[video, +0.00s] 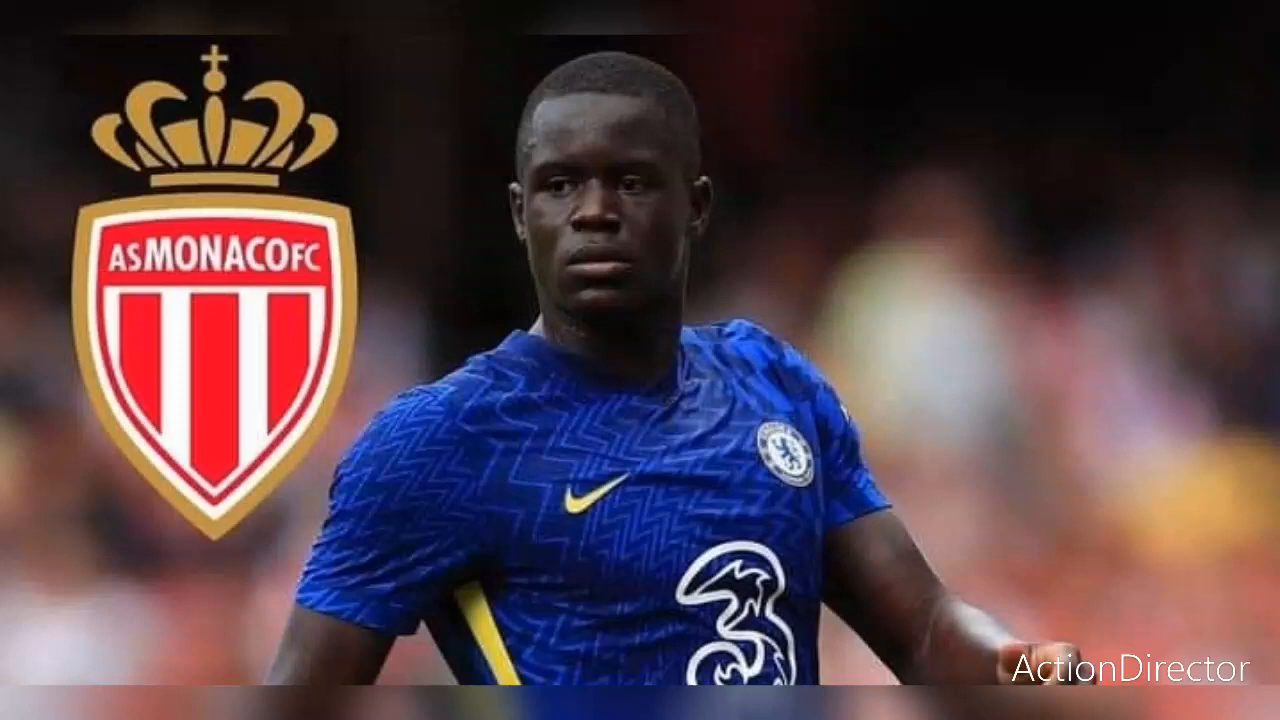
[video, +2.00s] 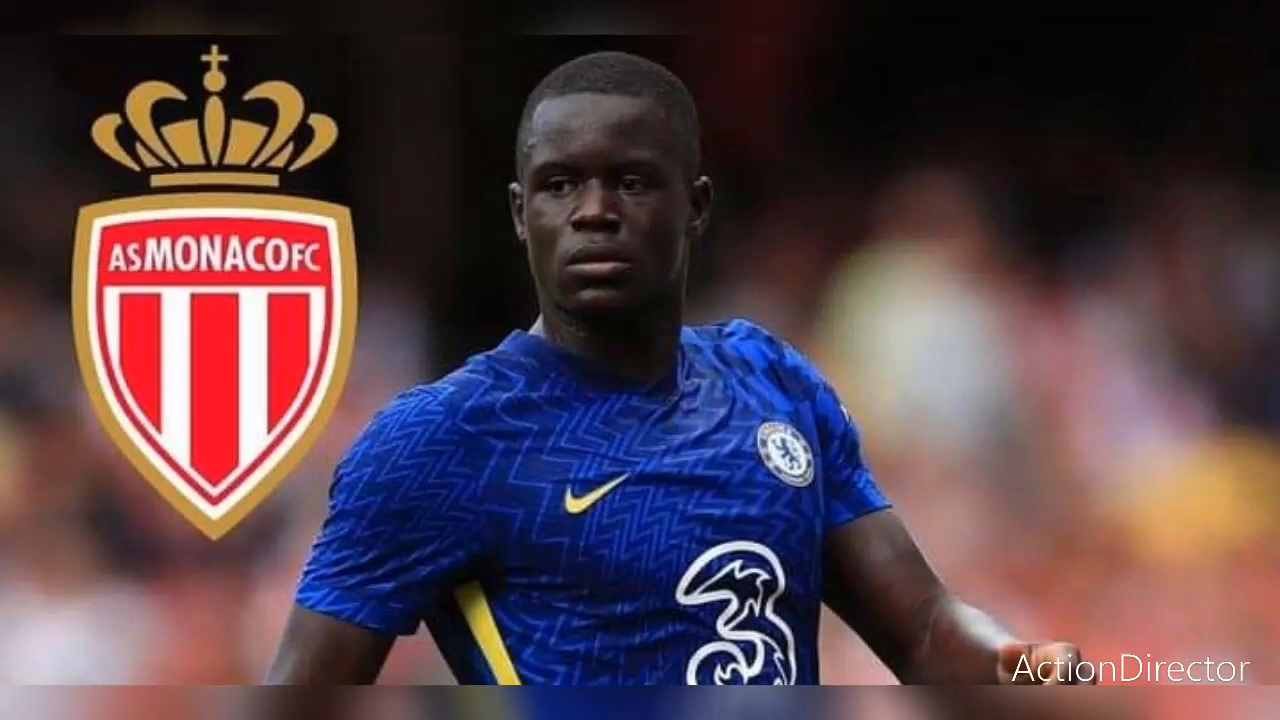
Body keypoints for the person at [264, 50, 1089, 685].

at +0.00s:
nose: (595, 210)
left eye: (633, 178)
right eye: (560, 181)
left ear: (697, 208)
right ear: (522, 214)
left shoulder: (771, 385)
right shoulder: (433, 444)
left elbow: (921, 627)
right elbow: (302, 690)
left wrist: (1020, 676)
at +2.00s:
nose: (595, 209)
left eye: (633, 178)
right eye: (560, 181)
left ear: (697, 207)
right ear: (523, 215)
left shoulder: (770, 385)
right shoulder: (433, 445)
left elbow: (920, 626)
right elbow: (301, 691)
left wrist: (1018, 675)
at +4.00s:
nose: (595, 210)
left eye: (633, 178)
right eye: (560, 181)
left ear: (697, 209)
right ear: (522, 216)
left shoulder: (770, 385)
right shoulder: (433, 444)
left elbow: (921, 626)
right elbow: (301, 691)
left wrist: (1021, 675)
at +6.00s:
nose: (600, 209)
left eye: (636, 177)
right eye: (562, 180)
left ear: (698, 206)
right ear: (521, 213)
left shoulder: (773, 388)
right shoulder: (431, 444)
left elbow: (920, 625)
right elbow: (301, 691)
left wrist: (1019, 673)